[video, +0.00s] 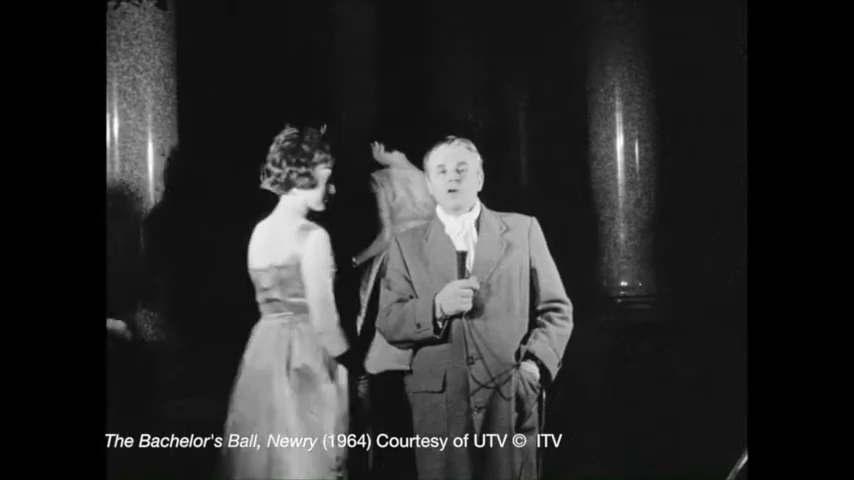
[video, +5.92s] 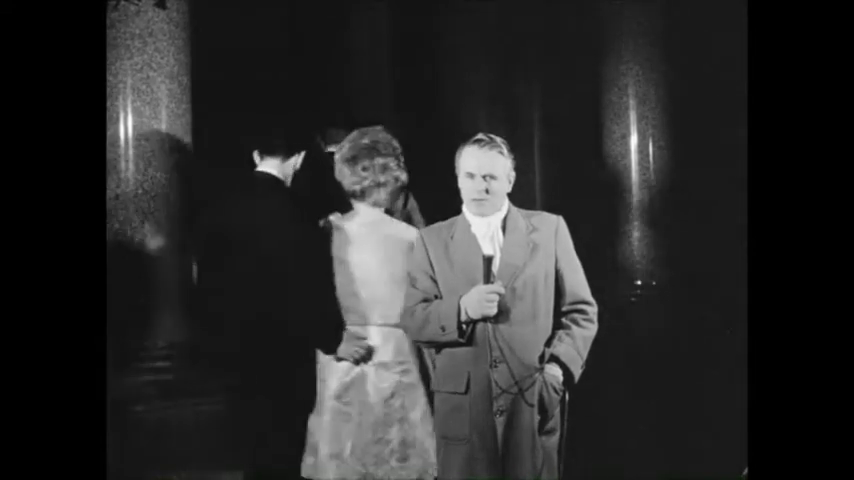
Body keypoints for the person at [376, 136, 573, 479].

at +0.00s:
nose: (452, 176)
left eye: (462, 166)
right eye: (441, 169)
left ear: (480, 178)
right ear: (428, 184)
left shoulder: (523, 230)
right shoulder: (405, 244)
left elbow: (555, 308)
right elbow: (389, 321)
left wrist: (535, 364)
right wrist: (435, 308)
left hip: (508, 394)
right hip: (436, 396)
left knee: (513, 474)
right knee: (440, 474)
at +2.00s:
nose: (460, 175)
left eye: (469, 165)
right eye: (447, 168)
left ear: (485, 176)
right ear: (432, 183)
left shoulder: (527, 228)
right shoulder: (411, 241)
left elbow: (560, 306)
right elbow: (394, 320)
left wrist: (539, 364)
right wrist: (440, 308)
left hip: (515, 395)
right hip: (444, 398)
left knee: (519, 474)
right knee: (446, 474)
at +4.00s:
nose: (470, 174)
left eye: (480, 166)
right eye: (459, 167)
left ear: (497, 178)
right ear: (444, 181)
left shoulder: (537, 231)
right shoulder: (420, 242)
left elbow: (569, 309)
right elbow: (404, 321)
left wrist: (551, 363)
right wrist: (453, 306)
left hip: (523, 399)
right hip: (452, 402)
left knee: (527, 474)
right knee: (453, 473)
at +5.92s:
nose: (480, 186)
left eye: (490, 177)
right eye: (471, 177)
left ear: (510, 180)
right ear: (458, 180)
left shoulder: (549, 230)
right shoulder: (430, 241)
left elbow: (580, 310)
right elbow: (412, 317)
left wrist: (558, 366)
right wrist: (461, 309)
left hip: (531, 398)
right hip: (461, 398)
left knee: (533, 475)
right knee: (460, 474)